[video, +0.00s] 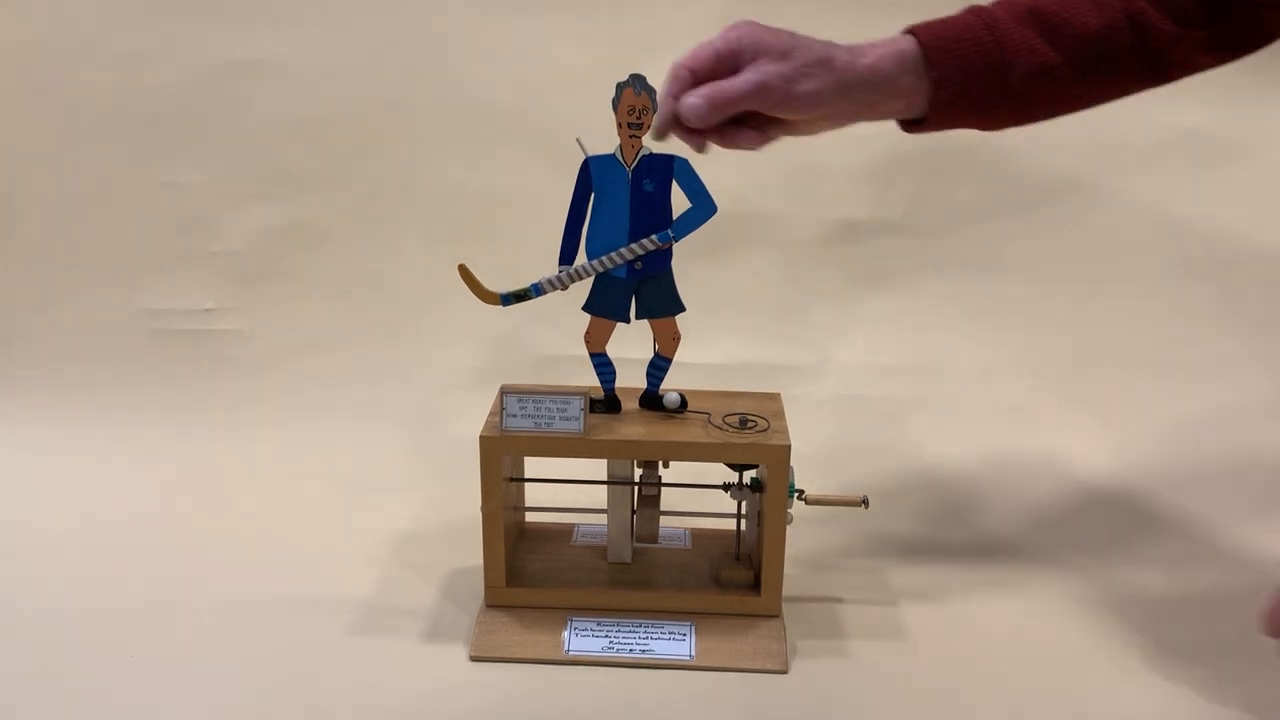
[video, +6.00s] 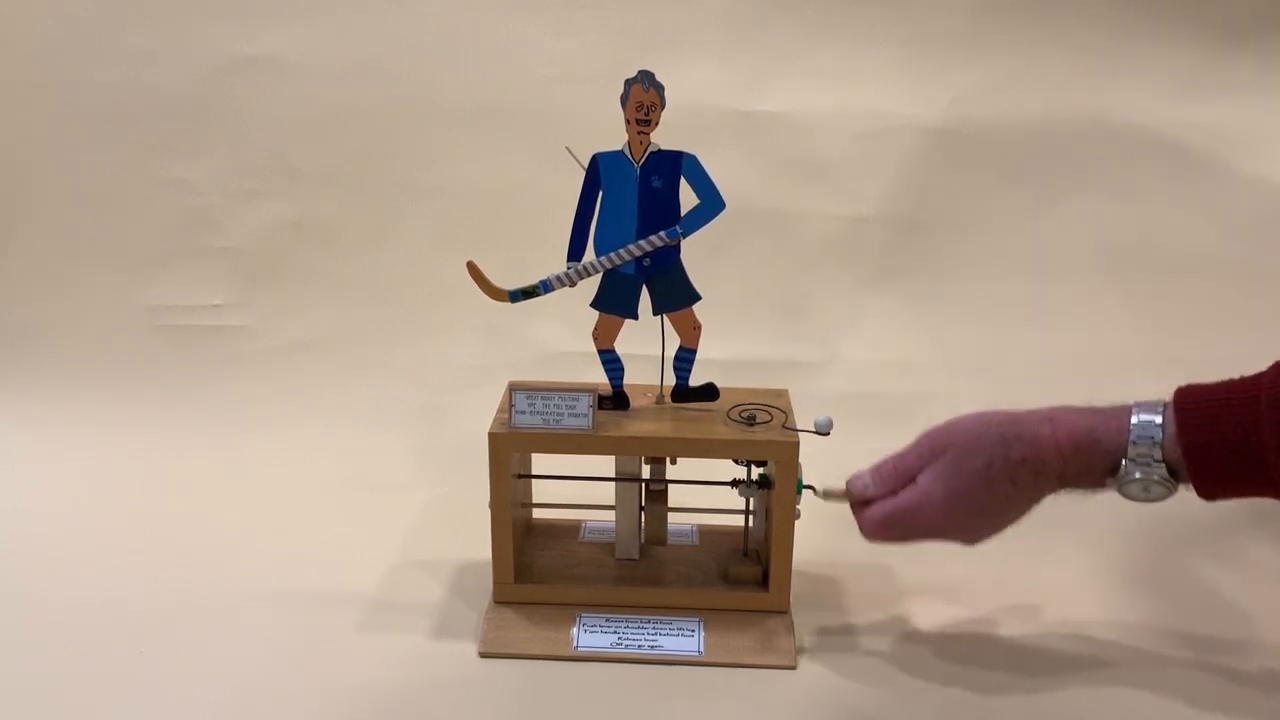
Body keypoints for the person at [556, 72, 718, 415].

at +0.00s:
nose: (636, 116)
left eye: (644, 110)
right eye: (629, 109)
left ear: (653, 117)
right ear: (615, 114)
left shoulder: (670, 165)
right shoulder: (594, 167)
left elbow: (707, 206)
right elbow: (575, 220)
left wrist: (669, 236)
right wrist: (565, 268)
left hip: (654, 271)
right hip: (611, 271)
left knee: (669, 339)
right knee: (594, 339)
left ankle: (651, 395)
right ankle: (609, 396)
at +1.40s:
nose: (644, 125)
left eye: (652, 119)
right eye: (639, 117)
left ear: (662, 125)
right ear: (627, 121)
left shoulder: (680, 170)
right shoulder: (605, 168)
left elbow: (715, 212)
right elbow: (584, 220)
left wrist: (676, 241)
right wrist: (573, 268)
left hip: (665, 272)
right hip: (619, 274)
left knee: (703, 332)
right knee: (599, 343)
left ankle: (703, 391)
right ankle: (614, 401)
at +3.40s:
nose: (646, 114)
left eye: (653, 108)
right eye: (639, 107)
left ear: (662, 116)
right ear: (625, 113)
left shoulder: (679, 164)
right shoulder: (603, 165)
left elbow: (715, 206)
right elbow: (584, 219)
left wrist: (677, 235)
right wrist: (573, 266)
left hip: (663, 267)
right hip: (620, 268)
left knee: (690, 334)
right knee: (602, 338)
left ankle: (680, 392)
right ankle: (617, 396)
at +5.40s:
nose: (644, 112)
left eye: (651, 106)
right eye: (637, 105)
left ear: (660, 112)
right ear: (622, 110)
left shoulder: (677, 161)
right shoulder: (601, 163)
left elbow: (714, 202)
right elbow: (582, 217)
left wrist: (676, 232)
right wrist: (572, 265)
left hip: (663, 264)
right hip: (619, 266)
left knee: (690, 331)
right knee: (601, 336)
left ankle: (680, 389)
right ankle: (617, 393)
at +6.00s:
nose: (645, 112)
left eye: (652, 106)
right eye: (638, 105)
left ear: (661, 113)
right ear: (623, 110)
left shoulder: (678, 162)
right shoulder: (602, 163)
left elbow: (715, 203)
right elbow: (583, 217)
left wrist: (677, 233)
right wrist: (573, 265)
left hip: (664, 265)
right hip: (620, 266)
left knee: (691, 331)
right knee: (602, 336)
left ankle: (680, 390)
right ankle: (618, 393)